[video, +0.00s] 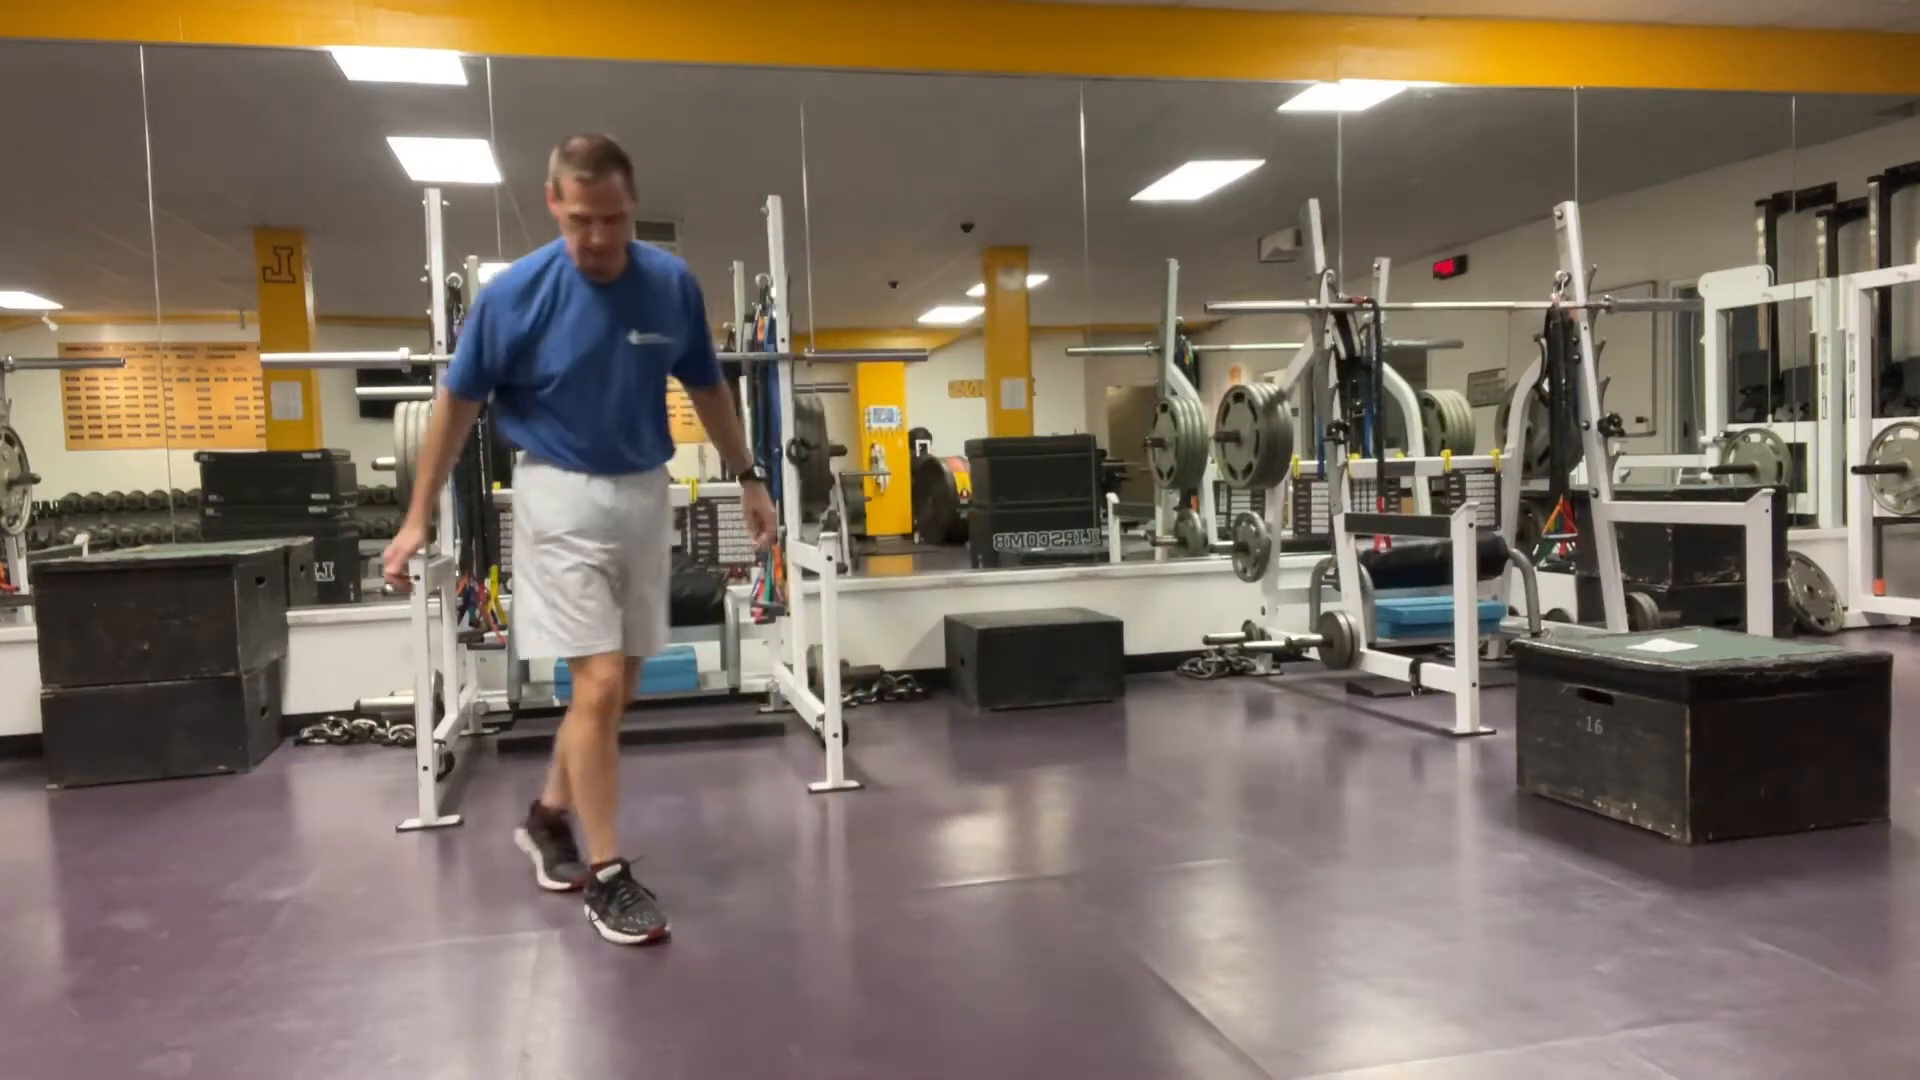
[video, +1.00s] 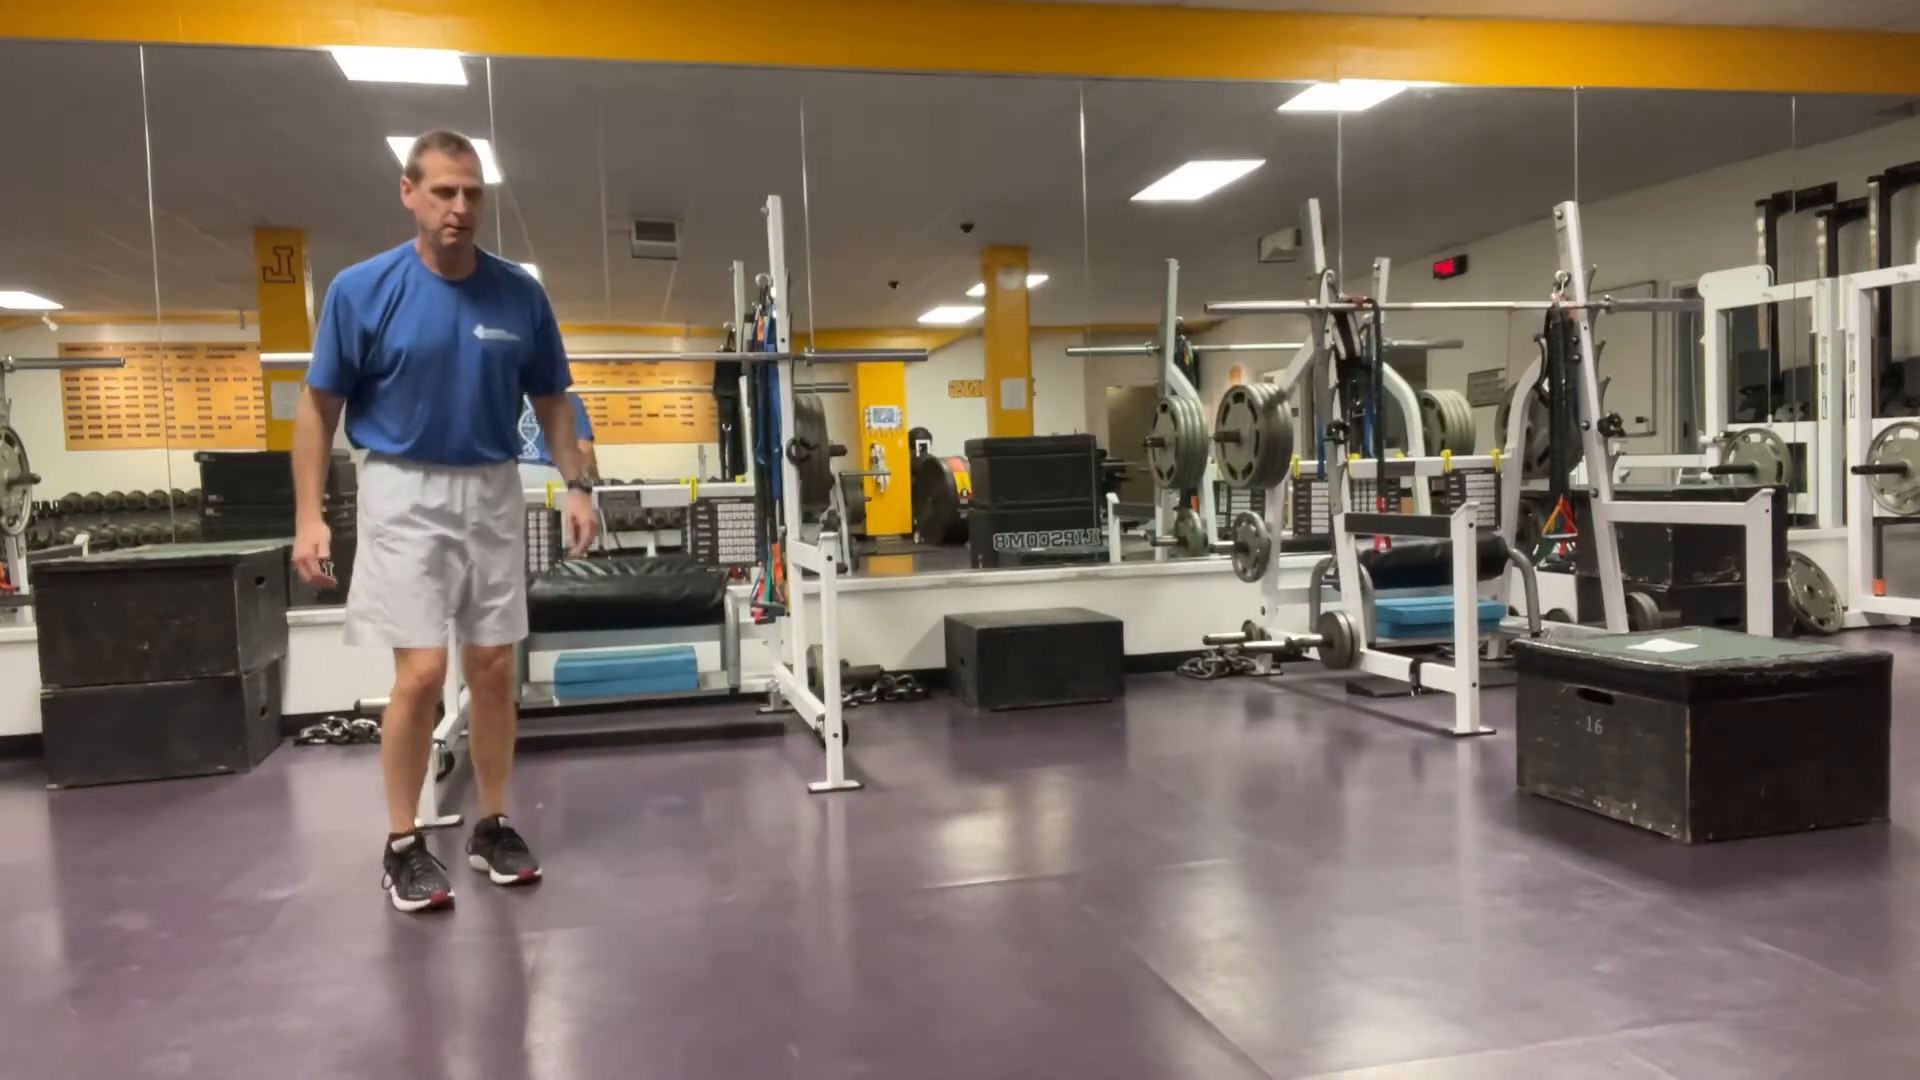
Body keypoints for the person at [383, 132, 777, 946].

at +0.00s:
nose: (599, 239)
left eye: (613, 219)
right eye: (583, 222)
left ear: (634, 204)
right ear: (553, 205)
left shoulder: (669, 284)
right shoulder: (512, 297)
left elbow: (706, 383)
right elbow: (456, 404)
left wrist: (749, 482)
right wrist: (417, 519)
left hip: (644, 498)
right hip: (559, 500)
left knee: (613, 682)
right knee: (601, 683)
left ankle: (550, 813)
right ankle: (607, 872)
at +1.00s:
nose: (460, 207)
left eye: (471, 193)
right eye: (444, 193)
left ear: (483, 199)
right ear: (409, 195)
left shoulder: (519, 295)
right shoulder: (358, 292)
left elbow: (553, 398)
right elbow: (317, 407)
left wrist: (579, 483)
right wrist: (309, 518)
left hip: (492, 494)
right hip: (402, 494)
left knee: (493, 667)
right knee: (422, 674)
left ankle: (496, 825)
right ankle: (404, 842)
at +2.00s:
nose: (428, 266)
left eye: (439, 250)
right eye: (411, 250)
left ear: (452, 251)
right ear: (371, 247)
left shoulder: (481, 321)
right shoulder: (312, 326)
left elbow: (521, 381)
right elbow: (237, 403)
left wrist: (520, 460)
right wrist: (209, 487)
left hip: (445, 490)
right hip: (352, 508)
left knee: (507, 580)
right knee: (386, 690)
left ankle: (456, 652)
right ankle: (400, 838)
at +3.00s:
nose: (744, 253)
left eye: (749, 233)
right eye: (720, 235)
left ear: (758, 234)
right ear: (659, 239)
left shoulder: (764, 332)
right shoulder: (604, 357)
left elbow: (819, 448)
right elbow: (518, 529)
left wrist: (829, 442)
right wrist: (637, 592)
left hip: (723, 557)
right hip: (626, 592)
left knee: (879, 626)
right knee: (744, 752)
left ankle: (815, 789)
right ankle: (709, 988)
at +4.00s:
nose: (1375, 417)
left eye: (1379, 402)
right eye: (1365, 400)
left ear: (1318, 392)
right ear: (1312, 389)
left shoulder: (1324, 455)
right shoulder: (1244, 461)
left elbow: (1369, 550)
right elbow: (1316, 594)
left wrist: (1414, 521)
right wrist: (1414, 522)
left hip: (1229, 600)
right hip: (1153, 608)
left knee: (1352, 676)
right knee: (1300, 698)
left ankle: (1292, 806)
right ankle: (1213, 850)